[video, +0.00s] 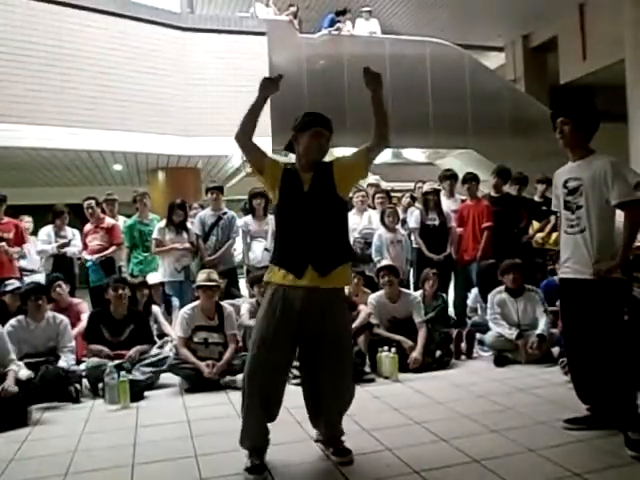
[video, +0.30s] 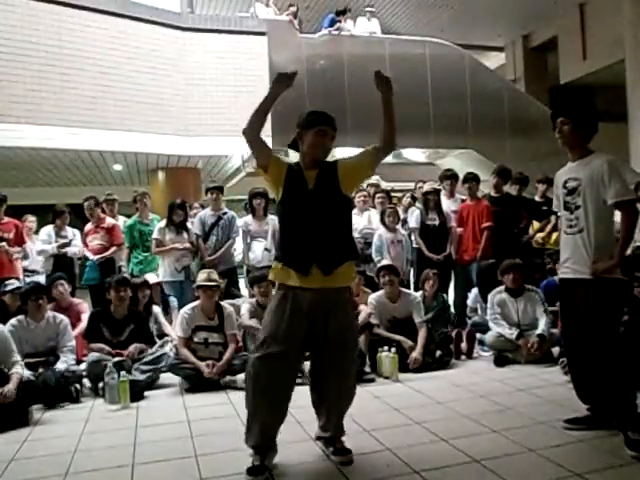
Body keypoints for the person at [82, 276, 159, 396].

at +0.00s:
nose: (120, 293)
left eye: (123, 289)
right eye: (115, 289)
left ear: (129, 292)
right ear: (107, 294)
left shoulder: (138, 316)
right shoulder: (96, 316)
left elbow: (150, 345)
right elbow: (90, 347)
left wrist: (138, 350)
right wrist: (101, 350)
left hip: (135, 362)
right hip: (106, 363)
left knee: (165, 355)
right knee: (92, 365)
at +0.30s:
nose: (122, 295)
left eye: (125, 291)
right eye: (117, 291)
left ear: (130, 293)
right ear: (109, 295)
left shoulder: (139, 317)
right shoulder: (97, 316)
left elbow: (151, 346)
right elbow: (90, 345)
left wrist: (139, 346)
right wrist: (102, 348)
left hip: (134, 359)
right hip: (107, 359)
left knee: (166, 354)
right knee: (94, 361)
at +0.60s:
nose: (121, 294)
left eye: (125, 290)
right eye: (117, 290)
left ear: (130, 293)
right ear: (109, 294)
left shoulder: (139, 316)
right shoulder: (97, 315)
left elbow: (151, 347)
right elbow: (90, 345)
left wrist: (137, 343)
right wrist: (102, 347)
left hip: (135, 359)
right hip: (107, 359)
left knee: (166, 353)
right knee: (92, 361)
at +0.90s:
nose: (120, 293)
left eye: (123, 289)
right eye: (115, 289)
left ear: (128, 292)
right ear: (106, 293)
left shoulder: (138, 316)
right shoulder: (95, 316)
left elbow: (151, 346)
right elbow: (90, 347)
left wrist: (139, 345)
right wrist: (102, 350)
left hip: (133, 359)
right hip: (106, 360)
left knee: (165, 355)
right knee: (90, 364)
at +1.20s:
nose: (117, 292)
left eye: (120, 288)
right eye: (112, 289)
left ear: (125, 292)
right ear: (103, 295)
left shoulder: (136, 315)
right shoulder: (95, 316)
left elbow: (150, 344)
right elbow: (89, 349)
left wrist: (139, 347)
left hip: (134, 360)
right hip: (107, 363)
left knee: (164, 355)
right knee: (90, 366)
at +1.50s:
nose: (117, 293)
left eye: (119, 289)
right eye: (111, 291)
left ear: (124, 292)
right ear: (102, 297)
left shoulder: (136, 315)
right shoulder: (94, 318)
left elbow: (152, 341)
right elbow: (88, 350)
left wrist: (141, 347)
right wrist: (108, 352)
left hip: (135, 360)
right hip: (107, 364)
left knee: (163, 356)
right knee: (87, 368)